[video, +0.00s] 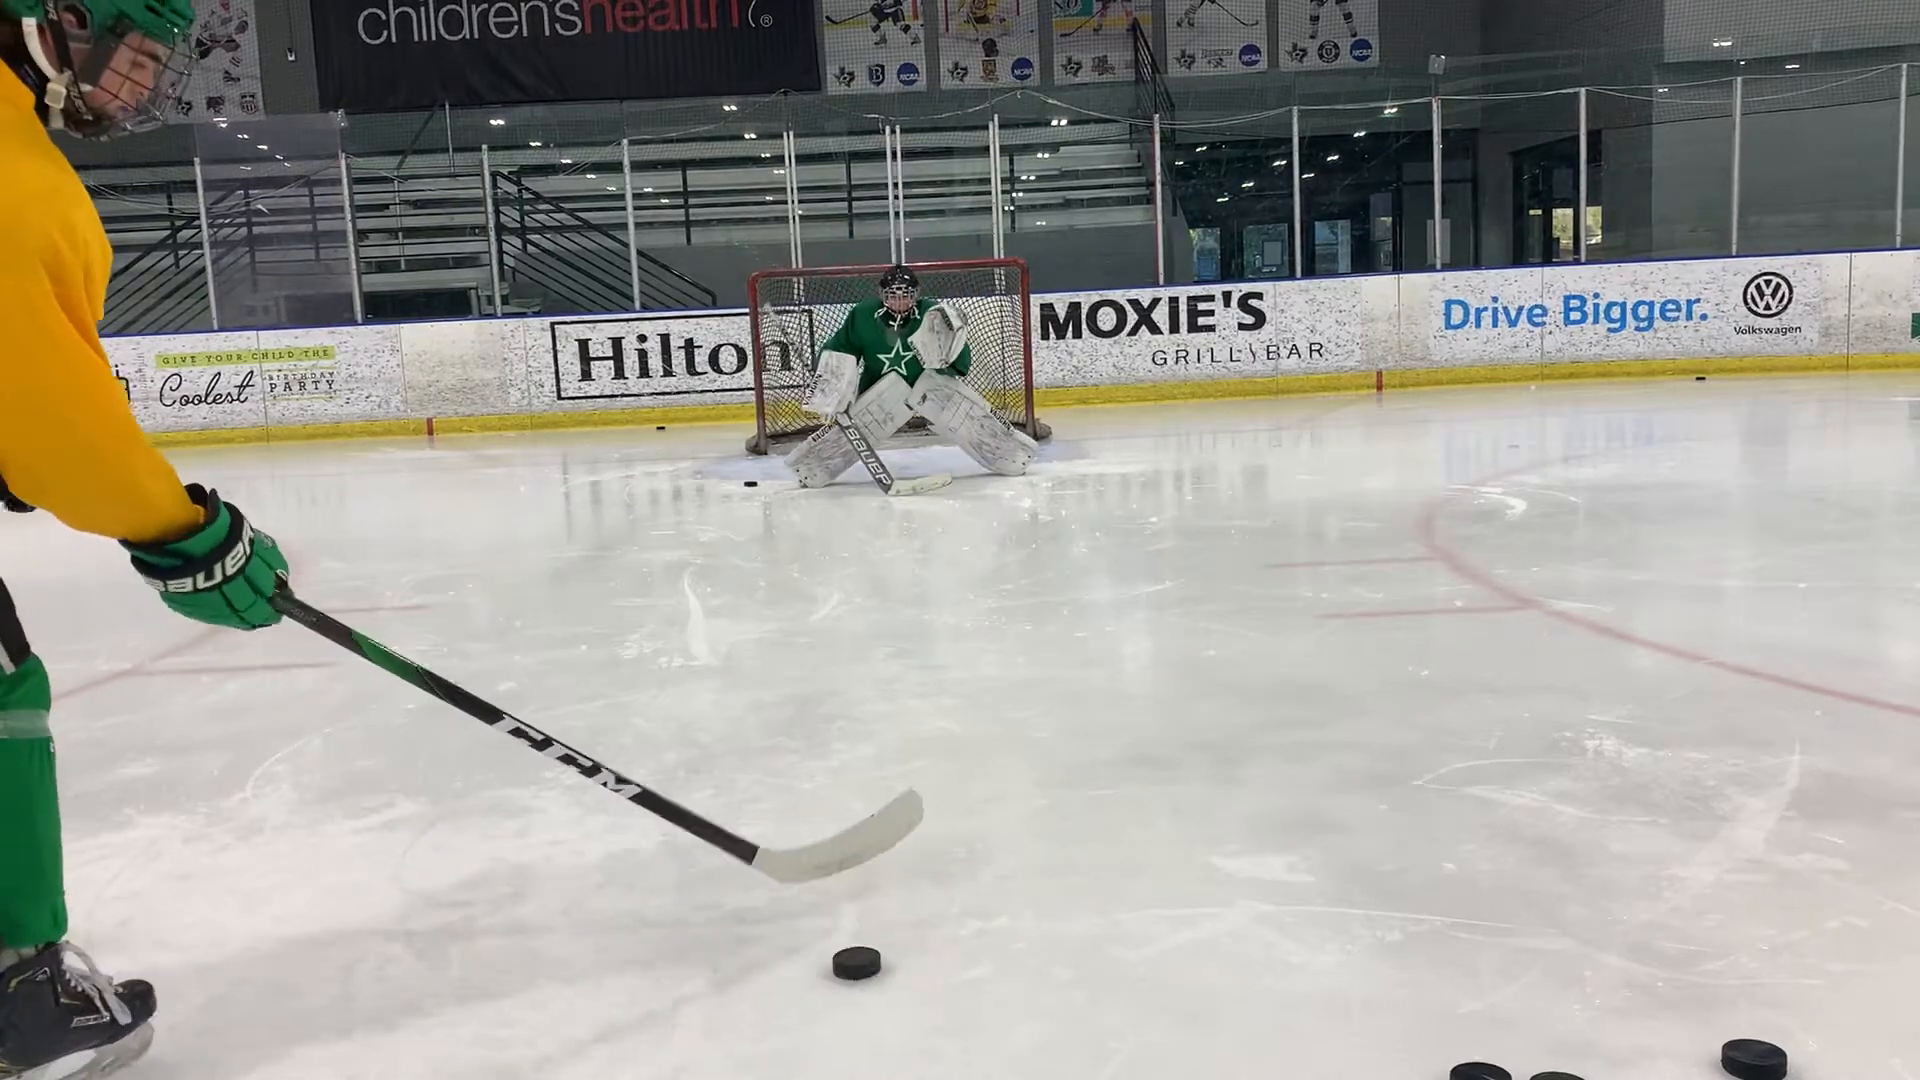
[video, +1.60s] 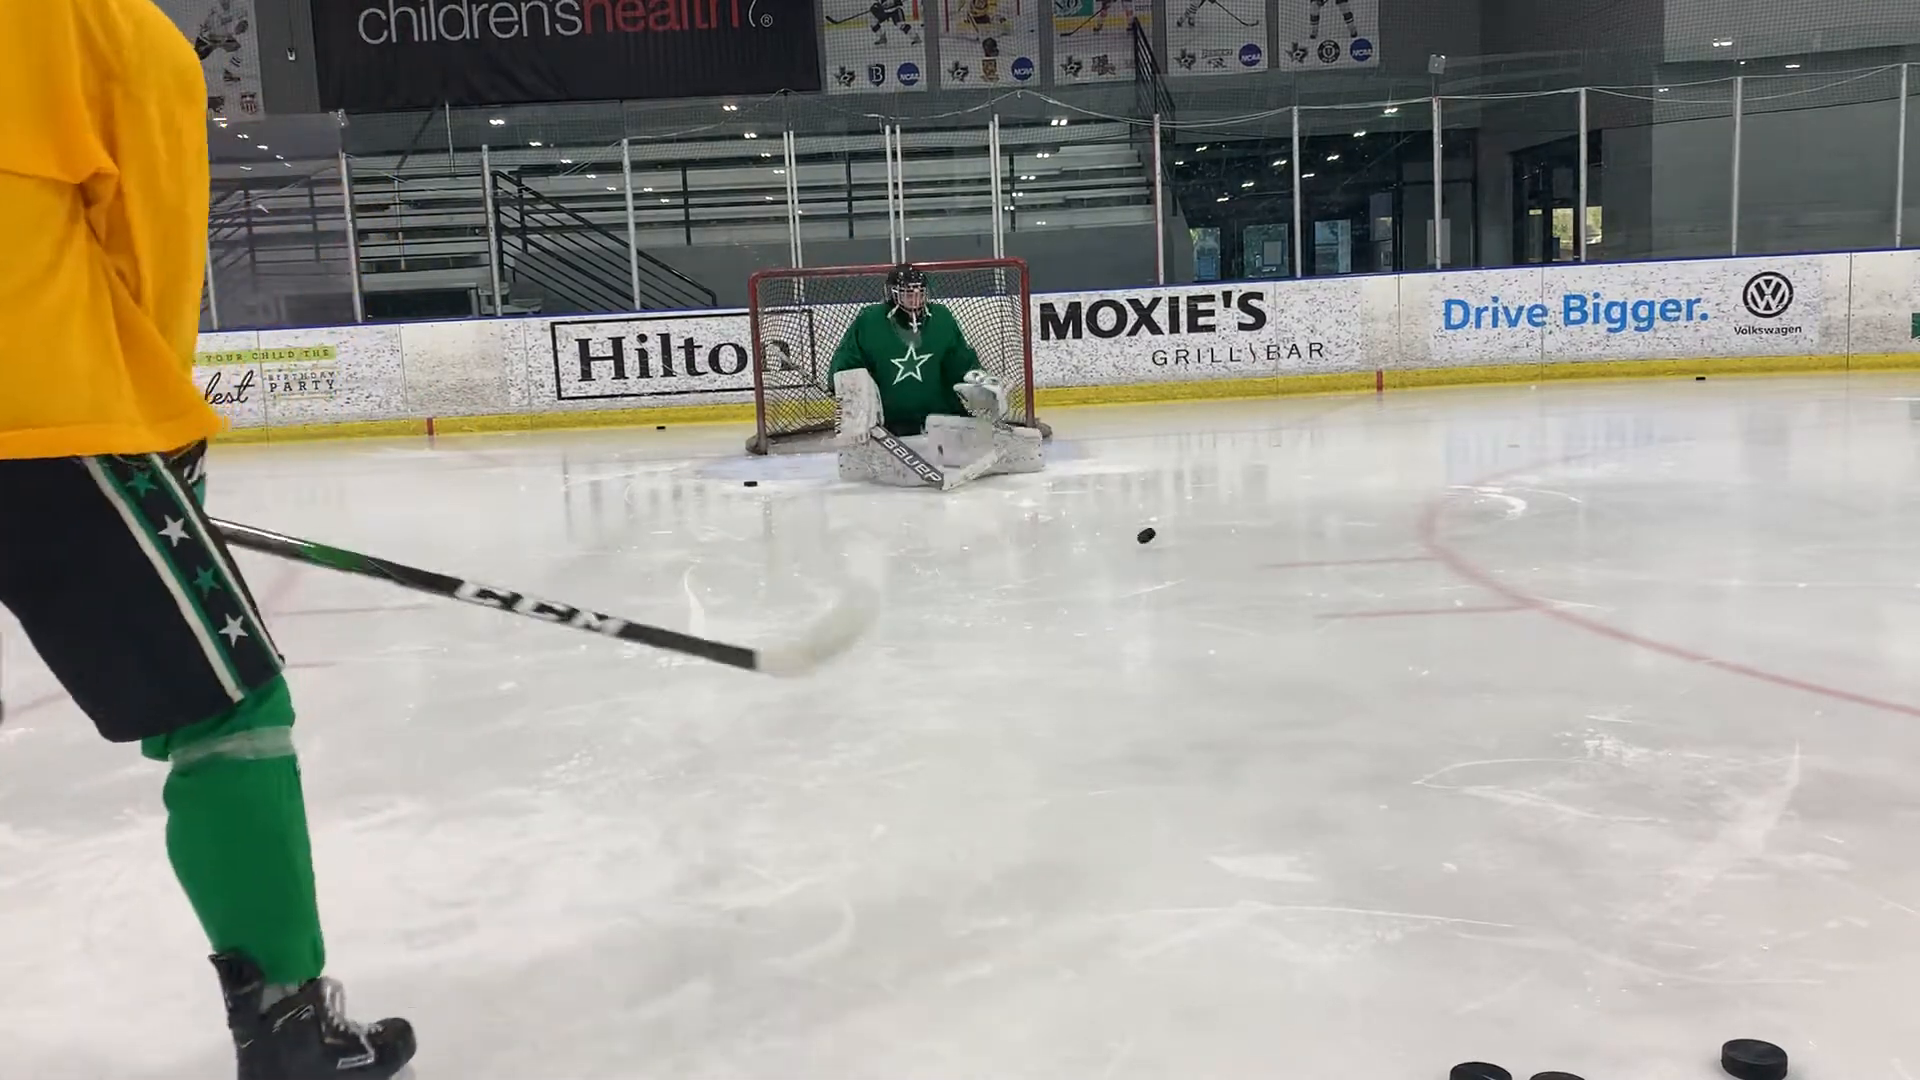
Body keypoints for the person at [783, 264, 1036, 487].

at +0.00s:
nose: (899, 302)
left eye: (905, 295)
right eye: (893, 295)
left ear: (915, 295)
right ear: (883, 295)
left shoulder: (931, 312)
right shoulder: (864, 315)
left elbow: (962, 365)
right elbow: (837, 351)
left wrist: (949, 335)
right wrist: (833, 387)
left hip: (929, 382)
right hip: (882, 387)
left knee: (966, 415)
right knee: (855, 429)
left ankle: (1010, 455)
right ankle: (813, 468)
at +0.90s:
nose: (902, 305)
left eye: (907, 298)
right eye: (896, 298)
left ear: (918, 298)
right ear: (886, 298)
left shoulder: (936, 317)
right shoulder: (865, 319)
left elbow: (964, 370)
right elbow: (834, 352)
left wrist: (962, 347)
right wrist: (834, 388)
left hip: (931, 402)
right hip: (880, 408)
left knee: (961, 410)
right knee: (853, 437)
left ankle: (1008, 453)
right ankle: (815, 467)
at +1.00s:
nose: (906, 308)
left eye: (912, 302)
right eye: (900, 302)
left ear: (920, 300)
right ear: (889, 300)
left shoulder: (938, 321)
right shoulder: (865, 319)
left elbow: (963, 365)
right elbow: (834, 355)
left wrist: (982, 358)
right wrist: (847, 379)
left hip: (935, 418)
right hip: (883, 419)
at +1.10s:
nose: (916, 314)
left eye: (921, 308)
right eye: (909, 309)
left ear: (927, 305)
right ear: (893, 306)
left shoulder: (944, 327)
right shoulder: (870, 326)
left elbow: (957, 369)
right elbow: (842, 364)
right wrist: (858, 391)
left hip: (938, 424)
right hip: (888, 426)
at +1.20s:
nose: (930, 321)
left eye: (934, 314)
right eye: (922, 316)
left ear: (939, 310)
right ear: (905, 313)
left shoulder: (951, 340)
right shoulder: (881, 327)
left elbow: (958, 391)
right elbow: (849, 366)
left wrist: (969, 423)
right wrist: (862, 403)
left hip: (935, 430)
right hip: (885, 427)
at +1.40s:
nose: (932, 322)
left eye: (937, 315)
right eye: (925, 316)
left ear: (943, 312)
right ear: (910, 313)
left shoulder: (955, 341)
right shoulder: (884, 332)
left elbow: (961, 392)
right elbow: (853, 365)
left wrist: (975, 422)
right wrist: (863, 402)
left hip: (942, 429)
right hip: (893, 427)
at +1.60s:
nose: (914, 299)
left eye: (918, 293)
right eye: (907, 293)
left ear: (925, 292)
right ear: (893, 294)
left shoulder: (941, 319)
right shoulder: (869, 322)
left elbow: (964, 365)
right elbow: (840, 372)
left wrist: (983, 389)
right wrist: (858, 394)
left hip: (945, 424)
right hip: (889, 427)